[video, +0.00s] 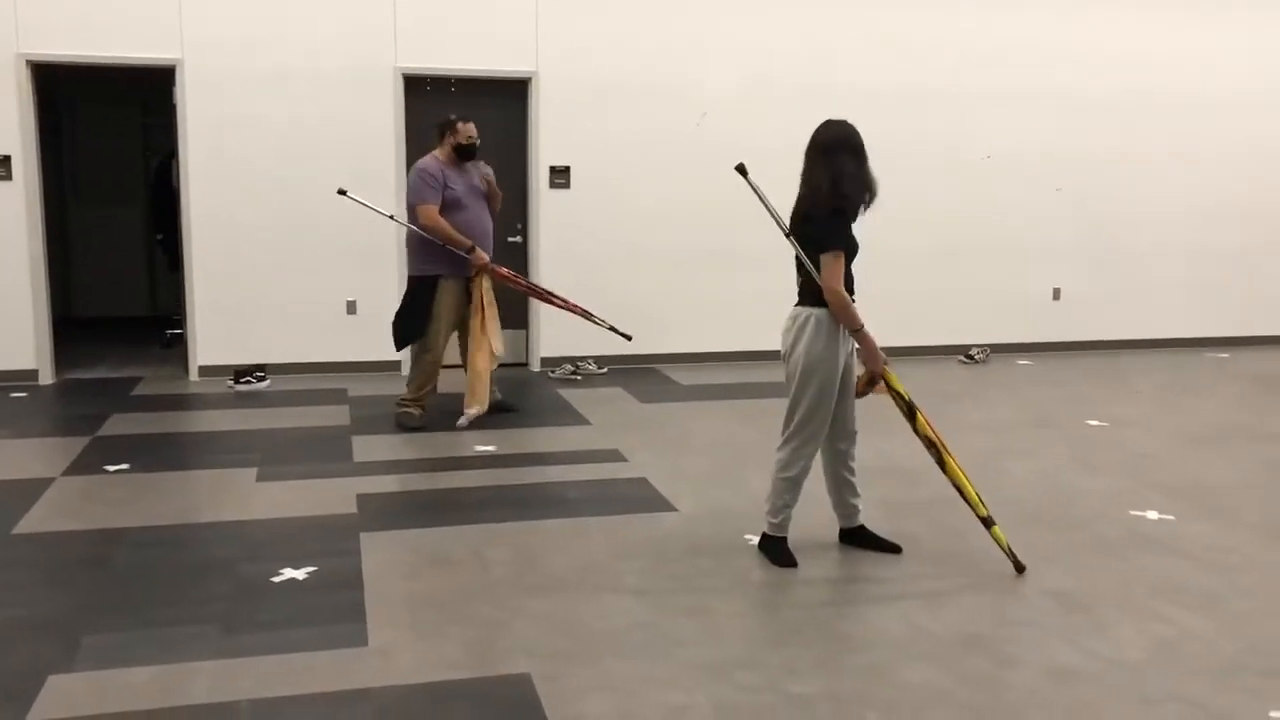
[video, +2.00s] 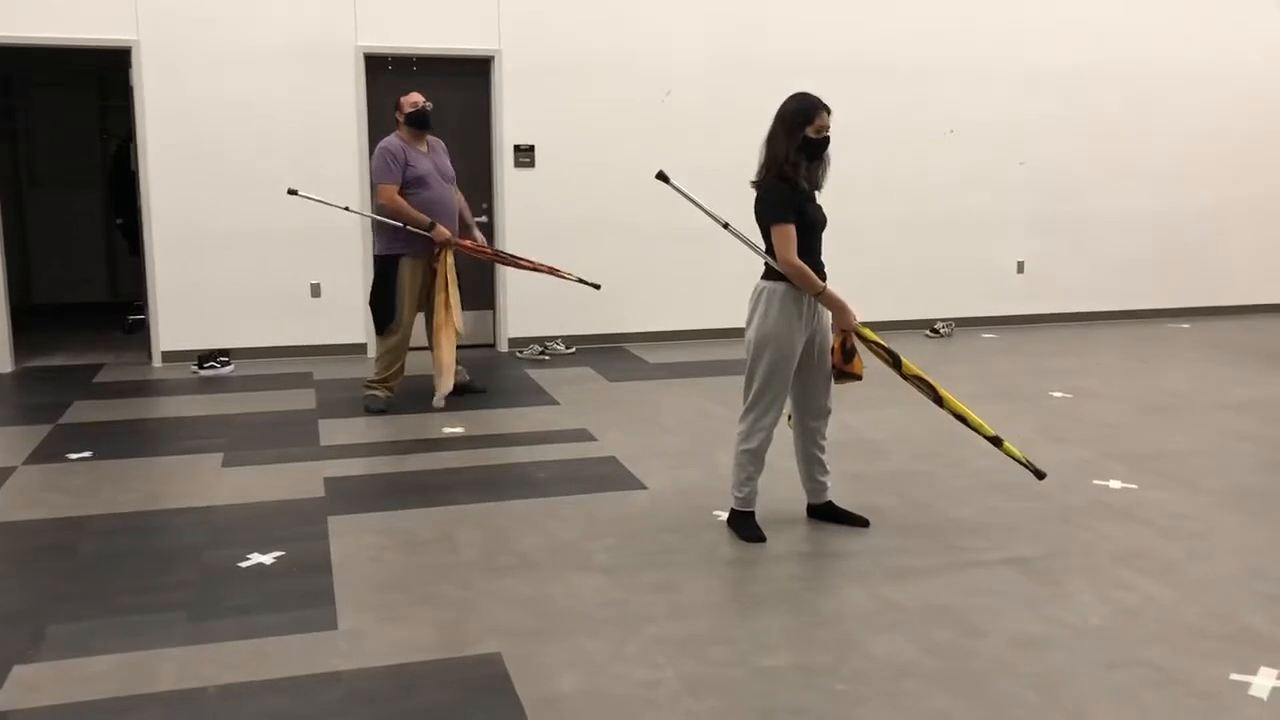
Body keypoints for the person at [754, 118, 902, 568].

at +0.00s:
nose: (863, 169)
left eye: (861, 159)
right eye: (859, 160)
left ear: (817, 160)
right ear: (848, 163)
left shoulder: (823, 211)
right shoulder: (828, 215)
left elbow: (831, 288)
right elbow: (833, 290)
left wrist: (858, 344)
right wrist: (868, 345)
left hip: (834, 330)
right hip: (817, 330)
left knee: (841, 435)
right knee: (804, 435)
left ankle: (851, 526)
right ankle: (774, 532)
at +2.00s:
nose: (823, 142)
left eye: (826, 134)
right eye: (817, 133)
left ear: (818, 131)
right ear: (795, 131)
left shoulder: (802, 186)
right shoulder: (776, 185)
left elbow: (805, 257)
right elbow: (785, 259)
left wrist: (833, 313)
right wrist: (836, 303)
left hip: (811, 303)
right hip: (780, 302)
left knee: (813, 408)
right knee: (763, 409)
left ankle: (819, 502)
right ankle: (742, 508)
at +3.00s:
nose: (829, 144)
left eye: (823, 135)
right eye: (825, 136)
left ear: (776, 142)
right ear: (820, 140)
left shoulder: (768, 192)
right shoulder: (812, 191)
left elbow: (766, 267)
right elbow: (811, 266)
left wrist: (771, 323)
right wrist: (860, 307)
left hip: (779, 303)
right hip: (797, 305)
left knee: (812, 409)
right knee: (782, 410)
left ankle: (827, 501)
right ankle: (745, 510)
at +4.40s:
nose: (828, 156)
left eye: (825, 147)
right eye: (823, 147)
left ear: (779, 151)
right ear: (814, 151)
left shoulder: (777, 201)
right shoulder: (804, 202)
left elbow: (778, 274)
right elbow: (816, 279)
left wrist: (831, 303)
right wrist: (866, 318)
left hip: (802, 315)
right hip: (799, 317)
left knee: (823, 419)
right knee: (786, 422)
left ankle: (832, 513)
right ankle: (753, 524)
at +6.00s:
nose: (840, 144)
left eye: (839, 136)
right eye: (835, 136)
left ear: (800, 135)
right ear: (819, 139)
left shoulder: (807, 189)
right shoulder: (805, 192)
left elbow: (818, 265)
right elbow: (825, 269)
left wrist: (852, 299)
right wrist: (875, 309)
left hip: (825, 305)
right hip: (805, 306)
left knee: (832, 410)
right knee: (789, 413)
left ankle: (843, 503)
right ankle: (762, 515)